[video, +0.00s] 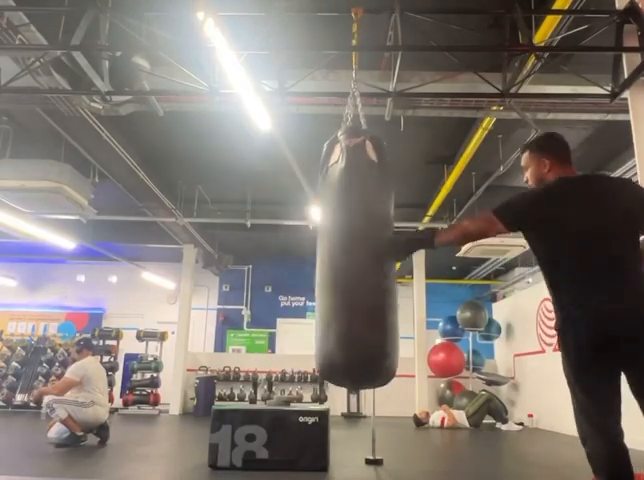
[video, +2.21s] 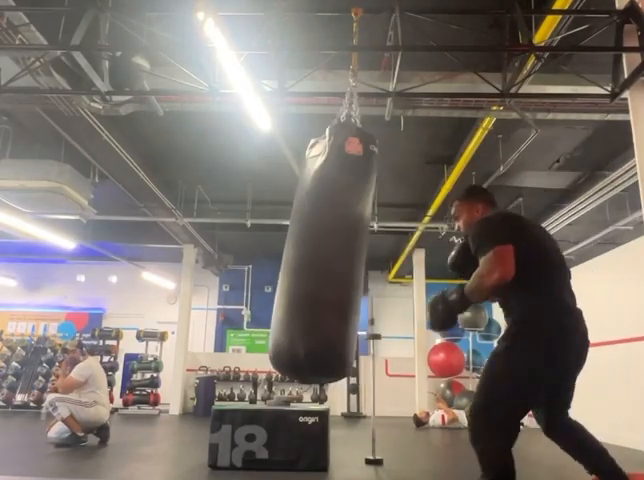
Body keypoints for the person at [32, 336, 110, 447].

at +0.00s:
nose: (74, 355)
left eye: (76, 351)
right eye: (74, 351)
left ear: (85, 351)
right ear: (88, 351)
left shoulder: (81, 365)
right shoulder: (98, 366)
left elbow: (58, 390)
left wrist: (40, 391)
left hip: (92, 410)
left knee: (50, 402)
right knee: (53, 435)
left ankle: (78, 434)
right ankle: (95, 428)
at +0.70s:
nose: (72, 353)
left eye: (74, 350)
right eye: (73, 350)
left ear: (83, 350)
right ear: (89, 351)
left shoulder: (81, 365)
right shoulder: (98, 365)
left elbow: (58, 390)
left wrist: (41, 391)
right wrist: (57, 384)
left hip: (92, 410)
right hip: (102, 411)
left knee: (50, 402)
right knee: (53, 435)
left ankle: (78, 434)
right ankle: (95, 428)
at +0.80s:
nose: (73, 354)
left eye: (75, 350)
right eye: (74, 350)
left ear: (82, 350)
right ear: (90, 350)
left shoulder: (80, 365)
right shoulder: (98, 365)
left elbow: (58, 390)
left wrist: (41, 391)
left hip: (91, 410)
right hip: (102, 411)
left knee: (50, 402)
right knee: (53, 435)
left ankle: (78, 434)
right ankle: (95, 428)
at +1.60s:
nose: (72, 352)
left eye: (76, 348)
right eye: (72, 348)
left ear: (86, 351)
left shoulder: (85, 365)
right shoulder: (94, 363)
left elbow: (60, 390)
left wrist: (50, 384)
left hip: (93, 411)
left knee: (51, 401)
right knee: (53, 435)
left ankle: (79, 434)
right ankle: (96, 428)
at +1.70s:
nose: (72, 352)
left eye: (76, 348)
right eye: (71, 349)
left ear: (85, 349)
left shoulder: (85, 365)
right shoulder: (93, 363)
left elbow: (60, 389)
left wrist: (55, 376)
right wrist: (55, 388)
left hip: (93, 410)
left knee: (51, 401)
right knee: (53, 435)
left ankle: (79, 434)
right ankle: (96, 429)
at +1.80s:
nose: (71, 354)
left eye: (74, 350)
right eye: (70, 350)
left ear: (84, 351)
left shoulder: (86, 365)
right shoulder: (93, 364)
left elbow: (61, 388)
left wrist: (59, 374)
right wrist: (57, 388)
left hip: (94, 410)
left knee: (52, 401)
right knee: (53, 435)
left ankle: (79, 434)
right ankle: (96, 429)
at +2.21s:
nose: (69, 356)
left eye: (72, 352)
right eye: (68, 353)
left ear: (82, 351)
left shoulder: (86, 365)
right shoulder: (92, 364)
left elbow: (63, 388)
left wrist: (64, 370)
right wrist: (58, 388)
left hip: (95, 410)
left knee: (52, 401)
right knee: (53, 436)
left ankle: (80, 435)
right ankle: (96, 429)